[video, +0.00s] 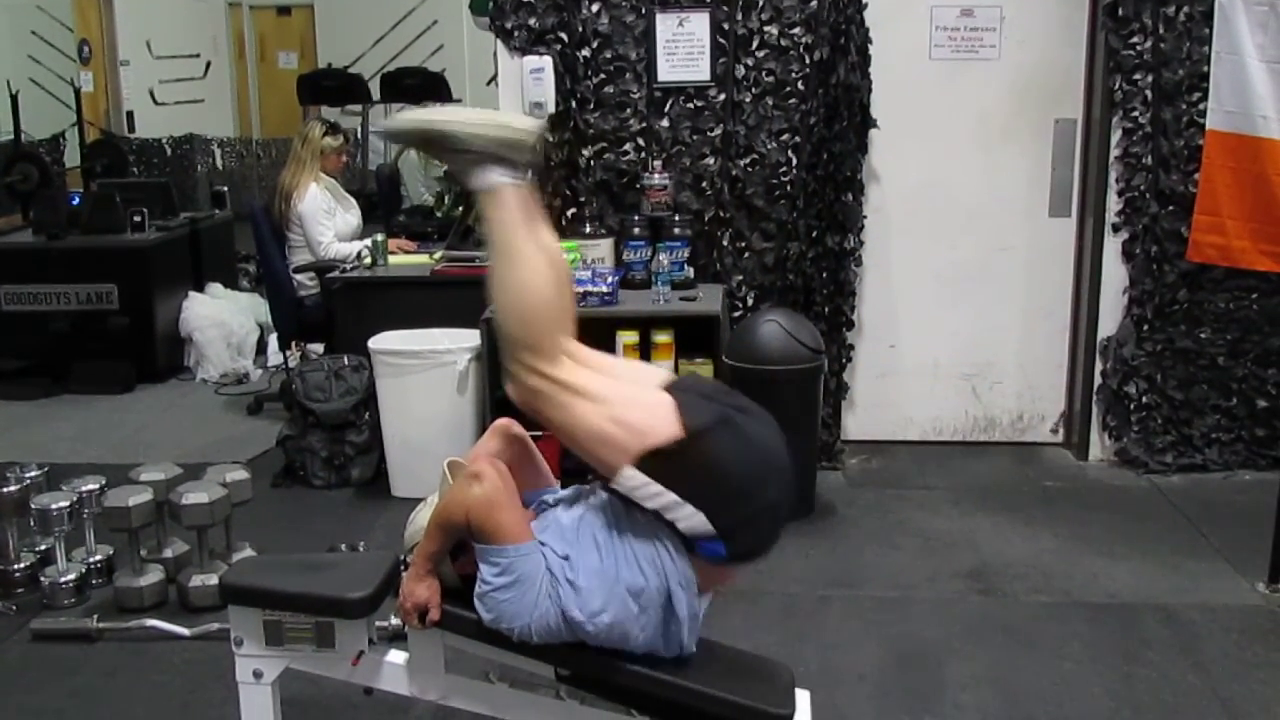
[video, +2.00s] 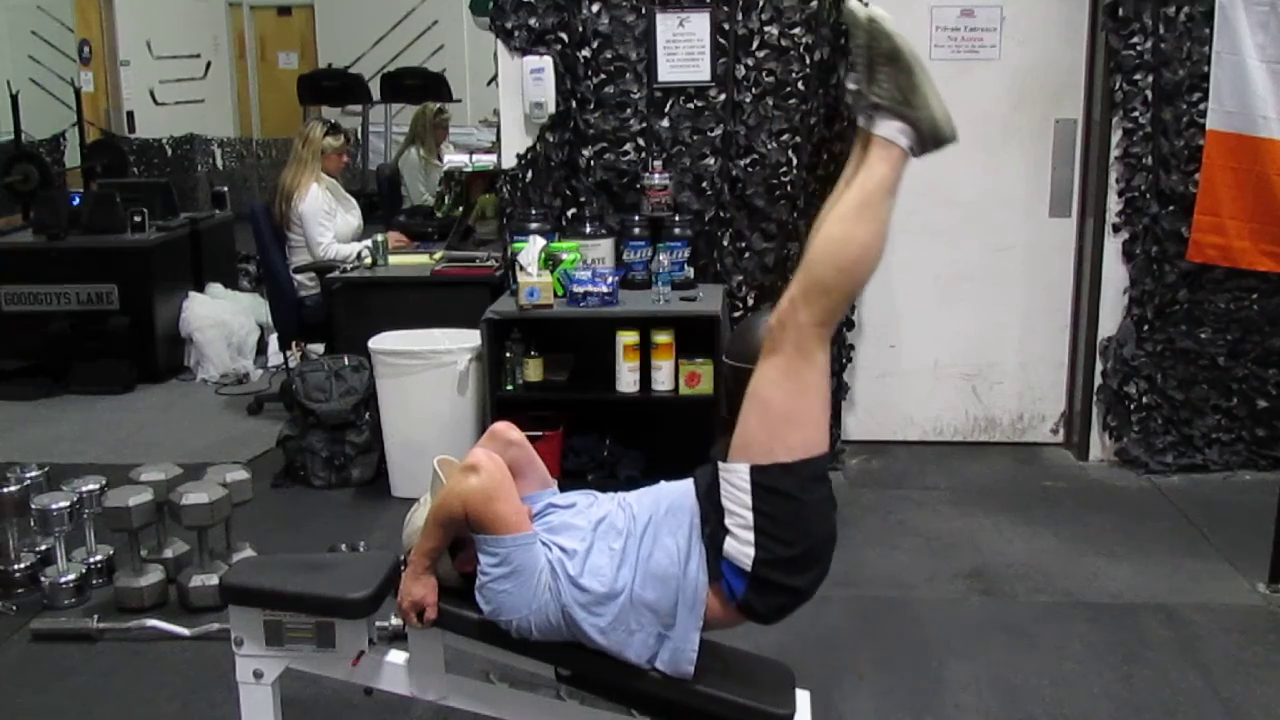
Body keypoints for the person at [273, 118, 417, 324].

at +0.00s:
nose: (345, 160)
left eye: (345, 153)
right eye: (339, 154)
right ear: (319, 155)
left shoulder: (323, 187)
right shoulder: (311, 192)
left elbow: (334, 244)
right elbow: (325, 251)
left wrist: (380, 243)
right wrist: (380, 245)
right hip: (318, 291)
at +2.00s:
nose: (346, 159)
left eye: (346, 153)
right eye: (340, 154)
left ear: (323, 155)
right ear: (320, 154)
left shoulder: (324, 186)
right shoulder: (312, 192)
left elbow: (333, 245)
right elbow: (324, 252)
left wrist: (378, 242)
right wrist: (378, 245)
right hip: (319, 293)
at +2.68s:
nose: (346, 160)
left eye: (346, 153)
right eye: (340, 154)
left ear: (323, 155)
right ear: (320, 155)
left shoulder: (323, 186)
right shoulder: (312, 192)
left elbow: (333, 245)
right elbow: (326, 251)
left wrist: (377, 244)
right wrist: (378, 245)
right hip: (318, 293)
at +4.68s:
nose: (345, 159)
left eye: (346, 153)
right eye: (340, 154)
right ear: (319, 154)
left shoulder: (323, 186)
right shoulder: (312, 193)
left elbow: (334, 245)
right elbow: (326, 251)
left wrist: (377, 242)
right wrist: (378, 245)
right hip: (318, 293)